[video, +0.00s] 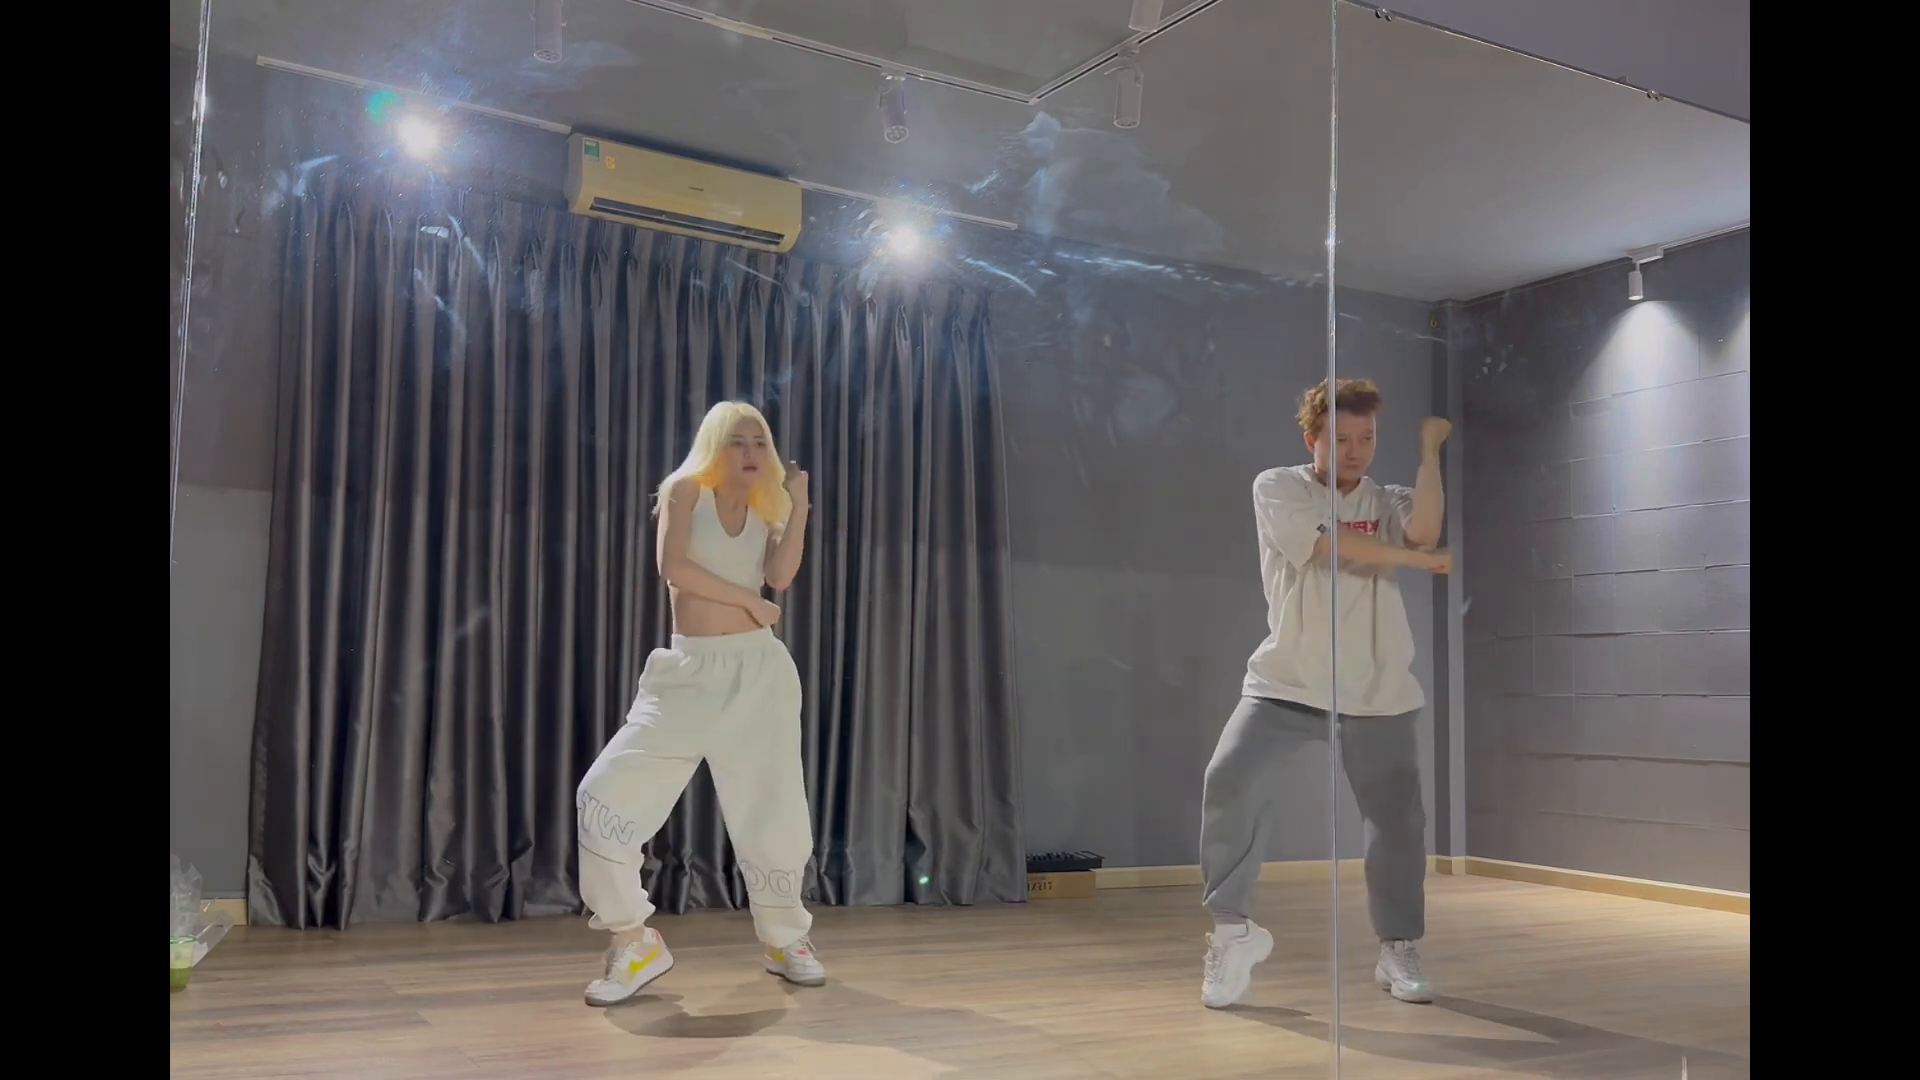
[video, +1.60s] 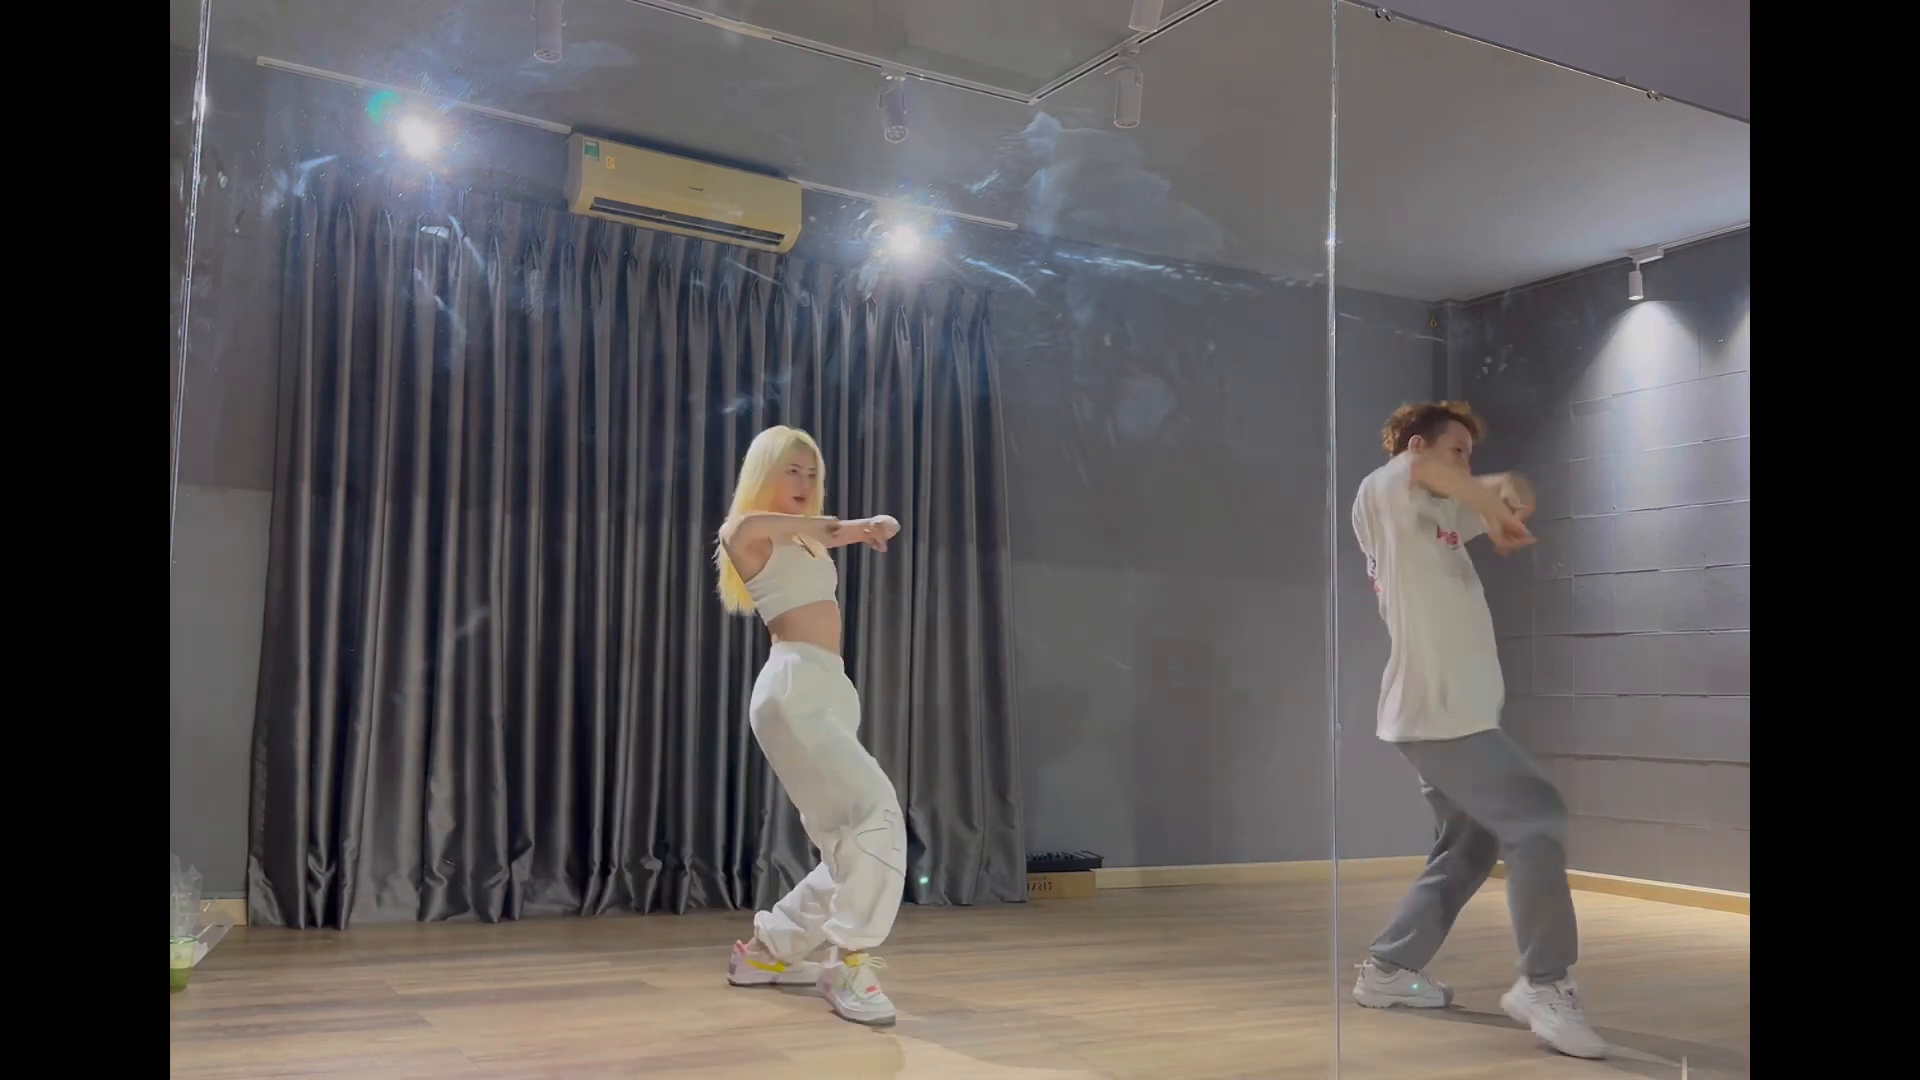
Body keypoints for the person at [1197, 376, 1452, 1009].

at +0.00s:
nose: (1356, 449)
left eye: (1365, 438)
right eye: (1342, 437)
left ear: (1376, 440)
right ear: (1312, 438)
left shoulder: (1384, 500)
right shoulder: (1277, 488)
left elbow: (1426, 533)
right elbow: (1324, 548)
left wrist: (1430, 454)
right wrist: (1419, 559)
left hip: (1378, 686)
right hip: (1291, 679)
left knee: (1400, 814)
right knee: (1227, 780)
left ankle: (1399, 950)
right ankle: (1232, 931)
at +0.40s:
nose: (1320, 461)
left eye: (1328, 449)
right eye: (1307, 448)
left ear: (1339, 453)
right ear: (1278, 452)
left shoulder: (1359, 509)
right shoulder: (1246, 507)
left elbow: (1347, 495)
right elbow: (1288, 561)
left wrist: (1345, 417)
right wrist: (1376, 567)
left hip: (1344, 705)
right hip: (1261, 704)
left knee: (1404, 818)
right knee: (1227, 810)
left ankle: (1378, 953)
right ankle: (1187, 942)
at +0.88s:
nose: (1354, 483)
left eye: (1360, 475)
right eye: (1345, 467)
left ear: (1362, 476)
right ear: (1307, 459)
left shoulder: (1322, 513)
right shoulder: (1286, 518)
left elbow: (1359, 475)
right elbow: (1369, 583)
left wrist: (1409, 442)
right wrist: (1422, 599)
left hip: (1407, 710)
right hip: (1341, 724)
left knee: (1451, 836)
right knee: (1302, 844)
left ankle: (1390, 962)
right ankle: (1204, 942)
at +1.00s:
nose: (1391, 460)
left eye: (1394, 448)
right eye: (1380, 445)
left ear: (1378, 455)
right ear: (1340, 450)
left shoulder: (1364, 510)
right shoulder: (1324, 509)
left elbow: (1419, 525)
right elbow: (1357, 545)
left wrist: (1399, 453)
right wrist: (1398, 466)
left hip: (1424, 700)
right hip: (1378, 710)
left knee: (1449, 835)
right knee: (1440, 836)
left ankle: (1392, 960)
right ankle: (1332, 889)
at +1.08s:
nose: (1406, 452)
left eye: (1410, 442)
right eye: (1396, 440)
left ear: (1406, 448)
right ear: (1358, 445)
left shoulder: (1390, 514)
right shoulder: (1342, 507)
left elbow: (1463, 559)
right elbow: (1383, 562)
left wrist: (1421, 484)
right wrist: (1397, 481)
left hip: (1417, 700)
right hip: (1393, 701)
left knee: (1431, 830)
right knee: (1513, 790)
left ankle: (1389, 961)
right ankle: (1418, 901)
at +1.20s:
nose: (1425, 450)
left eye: (1427, 440)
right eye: (1415, 437)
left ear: (1384, 448)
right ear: (1373, 438)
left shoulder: (1370, 510)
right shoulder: (1369, 515)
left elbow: (1461, 570)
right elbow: (1468, 570)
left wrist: (1470, 493)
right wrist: (1465, 486)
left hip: (1390, 707)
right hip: (1426, 703)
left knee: (1445, 831)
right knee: (1537, 794)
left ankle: (1387, 964)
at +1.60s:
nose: (1463, 464)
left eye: (1468, 456)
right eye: (1455, 451)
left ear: (1454, 457)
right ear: (1416, 446)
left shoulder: (1442, 506)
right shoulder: (1381, 490)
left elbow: (1501, 495)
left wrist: (1507, 494)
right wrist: (1492, 512)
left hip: (1460, 712)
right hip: (1434, 714)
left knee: (1469, 847)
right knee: (1536, 813)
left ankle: (1388, 969)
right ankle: (1543, 986)